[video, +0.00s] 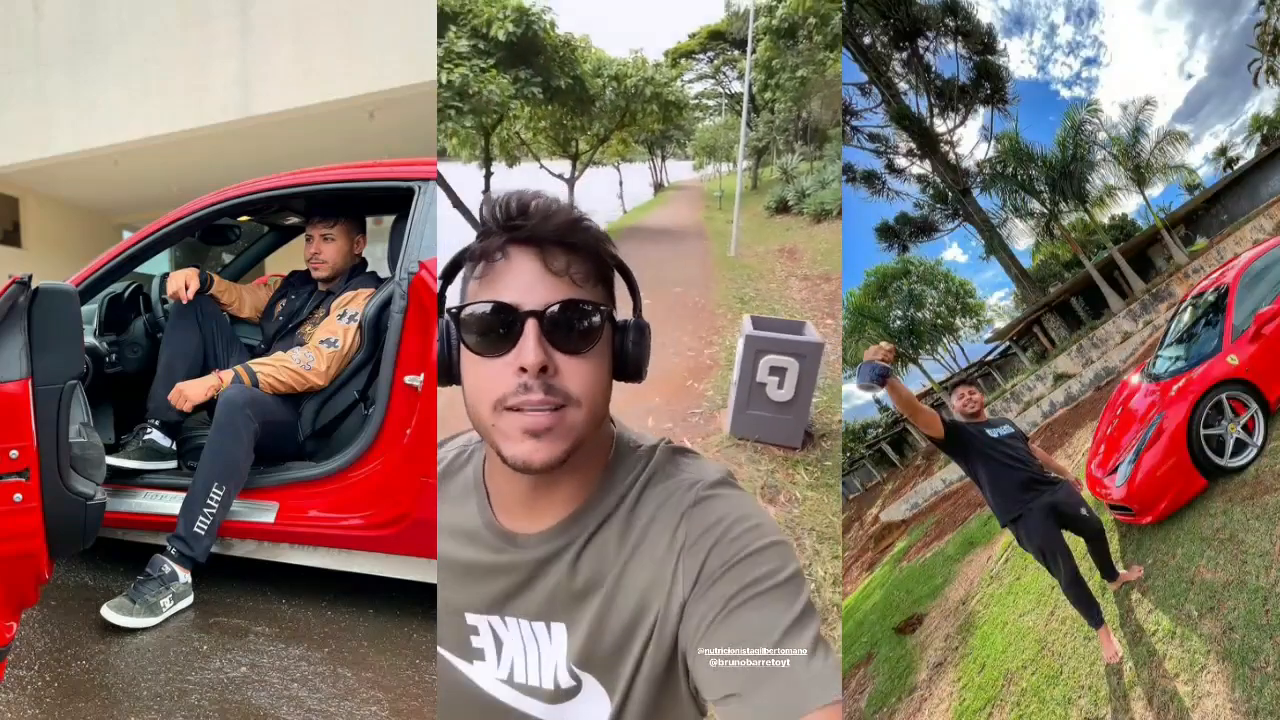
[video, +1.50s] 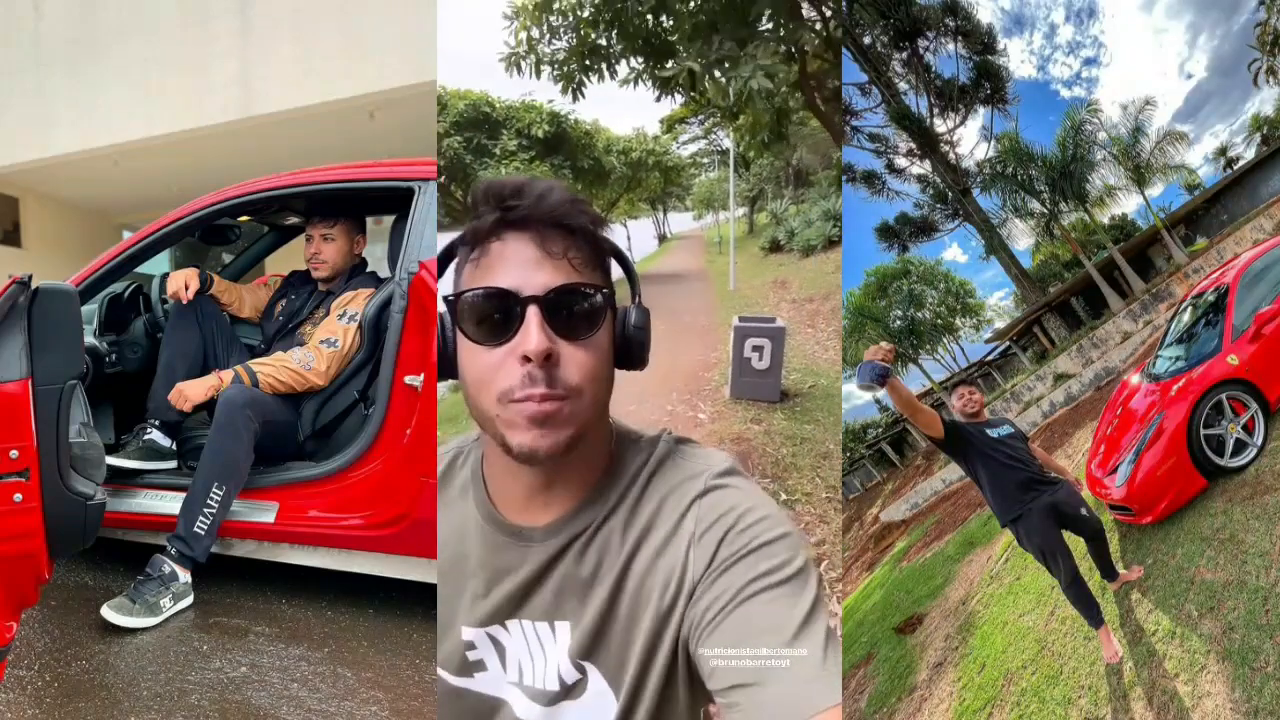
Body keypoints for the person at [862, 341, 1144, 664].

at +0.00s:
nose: (966, 397)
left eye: (971, 392)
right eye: (959, 397)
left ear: (983, 398)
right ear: (953, 410)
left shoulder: (1003, 424)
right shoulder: (956, 436)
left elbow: (1037, 454)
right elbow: (917, 412)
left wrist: (1067, 475)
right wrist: (885, 374)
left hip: (1051, 489)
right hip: (1022, 511)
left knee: (1093, 528)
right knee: (1065, 570)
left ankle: (1114, 575)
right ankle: (1101, 628)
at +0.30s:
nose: (967, 397)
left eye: (971, 392)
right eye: (959, 397)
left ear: (983, 398)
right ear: (953, 410)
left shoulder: (1004, 424)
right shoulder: (956, 436)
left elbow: (1036, 454)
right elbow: (916, 412)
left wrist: (1066, 475)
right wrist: (885, 374)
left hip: (1051, 489)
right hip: (1022, 512)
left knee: (1094, 528)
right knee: (1065, 570)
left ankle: (1113, 576)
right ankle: (1101, 628)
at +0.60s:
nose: (967, 397)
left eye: (971, 392)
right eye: (959, 397)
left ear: (983, 398)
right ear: (953, 410)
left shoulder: (1004, 424)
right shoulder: (956, 436)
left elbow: (1037, 454)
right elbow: (916, 412)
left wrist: (1067, 475)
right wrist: (886, 375)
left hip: (1051, 489)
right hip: (1022, 512)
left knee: (1093, 527)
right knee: (1065, 570)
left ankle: (1114, 576)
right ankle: (1101, 628)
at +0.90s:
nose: (967, 397)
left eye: (971, 392)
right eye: (959, 397)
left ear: (983, 398)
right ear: (953, 410)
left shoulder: (1004, 424)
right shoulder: (956, 436)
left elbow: (1037, 454)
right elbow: (916, 412)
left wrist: (1067, 475)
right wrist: (885, 375)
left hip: (1051, 489)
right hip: (1022, 512)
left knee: (1093, 527)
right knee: (1065, 570)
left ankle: (1114, 576)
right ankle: (1101, 628)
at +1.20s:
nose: (966, 397)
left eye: (971, 392)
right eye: (959, 397)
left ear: (983, 398)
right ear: (953, 410)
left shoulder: (1004, 424)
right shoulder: (956, 436)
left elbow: (1037, 454)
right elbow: (917, 413)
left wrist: (1067, 475)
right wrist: (886, 375)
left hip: (1051, 489)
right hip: (1022, 512)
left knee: (1093, 527)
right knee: (1065, 570)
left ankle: (1114, 576)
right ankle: (1101, 628)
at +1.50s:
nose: (967, 397)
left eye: (971, 392)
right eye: (959, 397)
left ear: (983, 398)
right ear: (953, 410)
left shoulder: (1004, 424)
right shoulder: (957, 436)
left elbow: (1037, 454)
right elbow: (916, 412)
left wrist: (1067, 475)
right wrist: (885, 374)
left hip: (1052, 489)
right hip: (1022, 512)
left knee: (1093, 528)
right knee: (1065, 571)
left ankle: (1114, 576)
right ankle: (1101, 628)